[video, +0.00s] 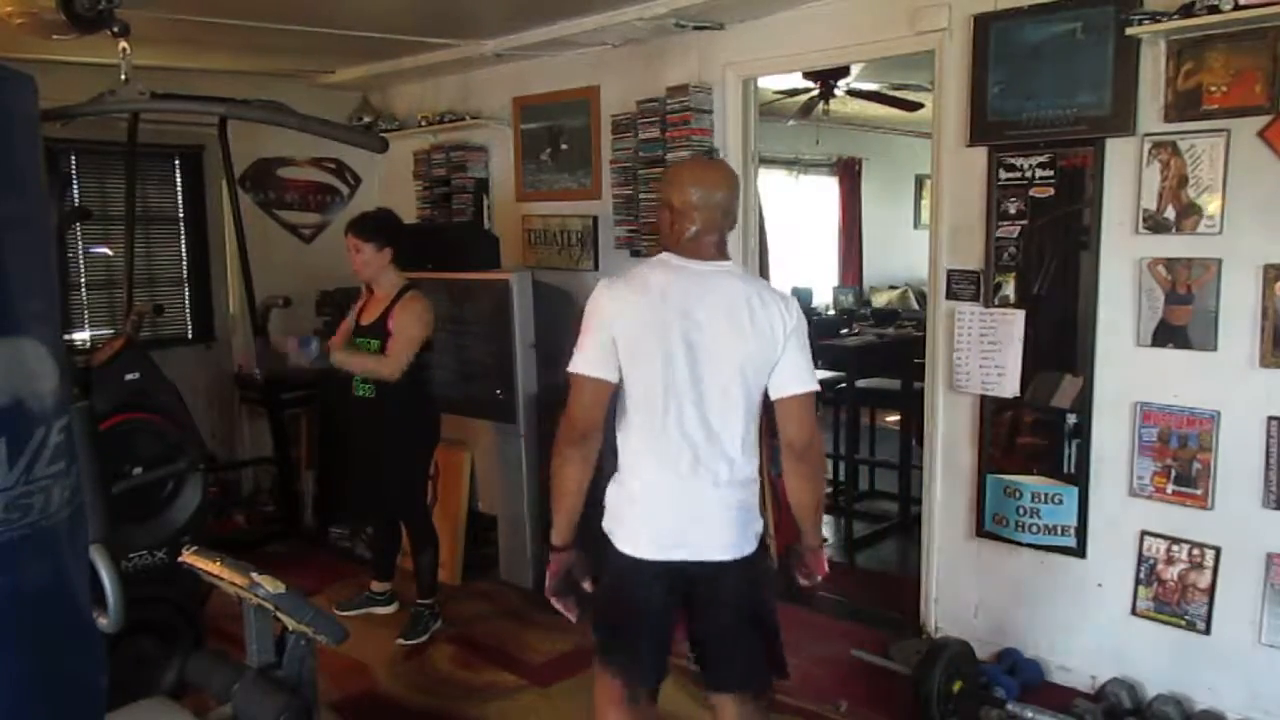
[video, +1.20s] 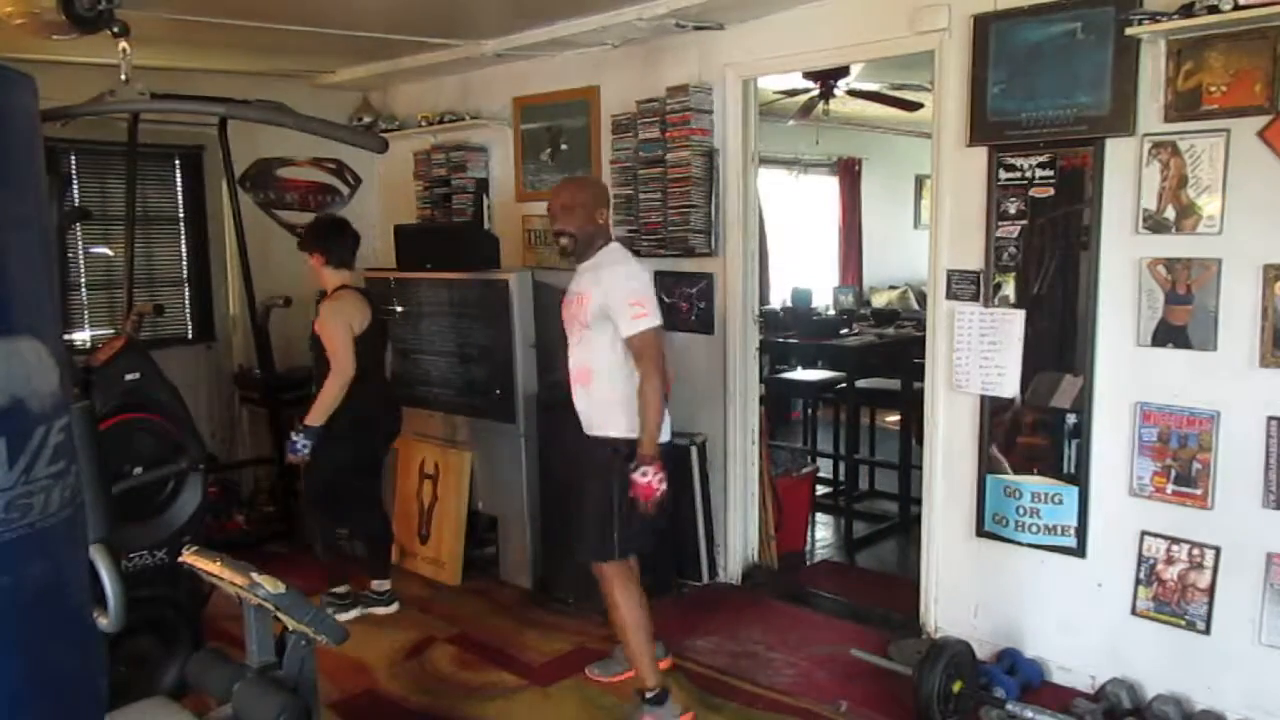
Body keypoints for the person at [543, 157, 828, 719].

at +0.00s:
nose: (656, 215)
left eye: (661, 206)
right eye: (660, 204)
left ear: (677, 216)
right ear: (729, 219)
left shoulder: (618, 297)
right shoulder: (774, 309)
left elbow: (580, 432)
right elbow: (800, 441)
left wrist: (562, 543)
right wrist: (811, 539)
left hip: (637, 546)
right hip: (732, 548)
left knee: (621, 691)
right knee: (738, 699)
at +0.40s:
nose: (589, 238)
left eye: (591, 231)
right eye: (592, 229)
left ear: (602, 239)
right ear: (658, 233)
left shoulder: (583, 316)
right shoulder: (711, 305)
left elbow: (583, 435)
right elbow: (739, 412)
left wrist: (584, 531)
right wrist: (747, 486)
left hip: (624, 516)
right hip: (700, 515)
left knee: (623, 626)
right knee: (724, 642)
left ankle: (640, 713)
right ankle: (732, 714)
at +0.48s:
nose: (586, 235)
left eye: (587, 228)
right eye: (588, 226)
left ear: (597, 233)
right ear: (652, 227)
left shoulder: (577, 308)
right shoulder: (703, 299)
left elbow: (573, 425)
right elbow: (728, 406)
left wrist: (563, 510)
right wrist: (729, 477)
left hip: (617, 500)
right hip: (693, 493)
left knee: (619, 617)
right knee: (713, 605)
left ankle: (639, 713)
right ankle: (734, 709)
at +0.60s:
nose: (579, 218)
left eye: (581, 209)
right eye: (581, 208)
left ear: (596, 211)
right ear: (642, 210)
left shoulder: (576, 286)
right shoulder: (690, 278)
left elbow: (562, 394)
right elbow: (713, 382)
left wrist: (532, 454)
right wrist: (708, 459)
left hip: (614, 476)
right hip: (684, 467)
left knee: (622, 599)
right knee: (691, 568)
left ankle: (641, 711)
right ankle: (725, 685)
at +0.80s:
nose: (563, 227)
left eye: (568, 217)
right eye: (565, 216)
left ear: (594, 219)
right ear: (621, 219)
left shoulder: (582, 283)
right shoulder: (667, 278)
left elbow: (567, 388)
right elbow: (686, 374)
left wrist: (501, 432)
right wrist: (678, 441)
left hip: (617, 464)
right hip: (671, 457)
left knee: (617, 599)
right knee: (662, 554)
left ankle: (640, 712)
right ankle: (660, 641)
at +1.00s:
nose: (555, 230)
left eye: (562, 220)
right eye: (556, 219)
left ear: (598, 223)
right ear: (605, 225)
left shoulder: (596, 290)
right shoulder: (648, 277)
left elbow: (603, 387)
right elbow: (670, 359)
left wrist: (569, 479)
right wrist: (648, 417)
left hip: (615, 457)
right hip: (650, 450)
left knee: (608, 588)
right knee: (624, 554)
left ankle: (643, 711)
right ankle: (640, 640)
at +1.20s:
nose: (555, 223)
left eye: (563, 212)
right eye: (553, 213)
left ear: (599, 215)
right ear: (573, 218)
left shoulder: (621, 272)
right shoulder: (589, 271)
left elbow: (653, 365)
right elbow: (613, 356)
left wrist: (648, 450)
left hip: (623, 443)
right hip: (599, 438)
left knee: (611, 563)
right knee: (611, 556)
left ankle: (657, 697)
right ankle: (639, 646)